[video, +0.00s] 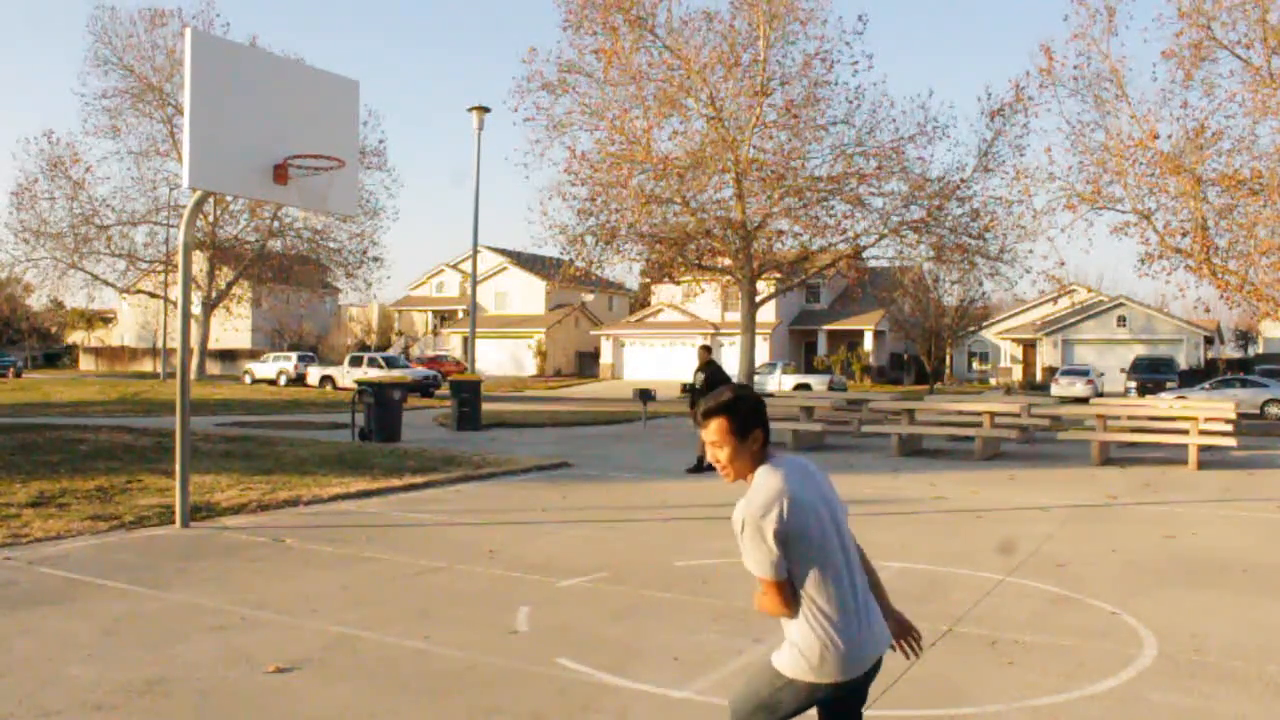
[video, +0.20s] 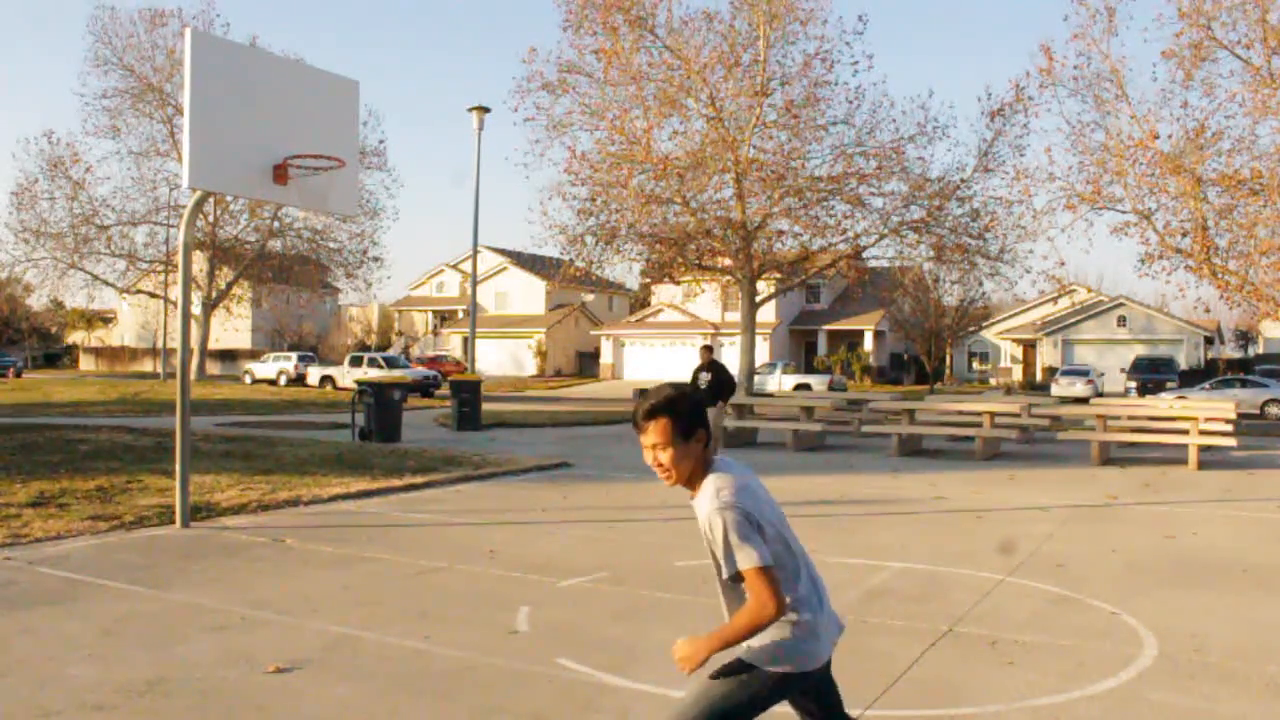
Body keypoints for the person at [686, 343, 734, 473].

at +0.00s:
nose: (699, 356)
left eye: (701, 353)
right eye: (699, 353)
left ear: (706, 354)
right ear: (708, 354)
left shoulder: (702, 370)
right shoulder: (717, 367)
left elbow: (697, 390)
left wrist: (692, 406)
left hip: (707, 407)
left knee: (703, 435)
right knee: (714, 436)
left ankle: (700, 461)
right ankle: (713, 461)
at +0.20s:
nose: (702, 356)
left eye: (704, 353)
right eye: (701, 353)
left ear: (710, 354)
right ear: (700, 354)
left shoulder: (718, 367)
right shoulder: (698, 370)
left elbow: (731, 384)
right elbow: (692, 386)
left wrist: (724, 400)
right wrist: (693, 400)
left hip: (714, 404)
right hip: (700, 404)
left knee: (714, 430)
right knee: (701, 430)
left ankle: (714, 452)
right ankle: (702, 454)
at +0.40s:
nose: (702, 356)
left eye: (705, 354)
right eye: (701, 354)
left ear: (711, 354)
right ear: (701, 355)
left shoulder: (721, 368)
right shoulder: (699, 369)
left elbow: (733, 384)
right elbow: (693, 386)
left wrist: (726, 400)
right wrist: (693, 401)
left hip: (716, 405)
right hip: (703, 405)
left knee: (715, 435)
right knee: (708, 435)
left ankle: (718, 463)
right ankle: (711, 461)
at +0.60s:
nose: (703, 357)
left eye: (705, 354)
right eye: (702, 354)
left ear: (711, 354)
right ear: (702, 355)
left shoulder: (722, 368)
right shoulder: (701, 370)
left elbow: (733, 385)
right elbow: (691, 382)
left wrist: (727, 400)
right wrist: (693, 371)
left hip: (718, 406)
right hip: (705, 406)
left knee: (720, 437)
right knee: (710, 438)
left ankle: (729, 464)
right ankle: (712, 463)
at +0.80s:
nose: (706, 357)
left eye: (707, 354)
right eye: (705, 354)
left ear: (714, 354)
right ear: (707, 354)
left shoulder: (725, 368)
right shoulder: (706, 369)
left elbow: (736, 386)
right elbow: (693, 377)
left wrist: (729, 401)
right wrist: (696, 366)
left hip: (720, 407)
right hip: (707, 407)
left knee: (723, 437)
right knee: (711, 438)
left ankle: (729, 464)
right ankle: (713, 463)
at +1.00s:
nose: (710, 357)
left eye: (712, 354)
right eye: (709, 353)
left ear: (719, 355)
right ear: (711, 355)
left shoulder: (731, 370)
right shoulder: (707, 370)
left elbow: (738, 388)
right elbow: (700, 385)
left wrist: (732, 403)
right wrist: (689, 388)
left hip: (724, 408)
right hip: (709, 407)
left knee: (725, 438)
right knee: (712, 438)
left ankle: (729, 464)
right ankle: (713, 462)